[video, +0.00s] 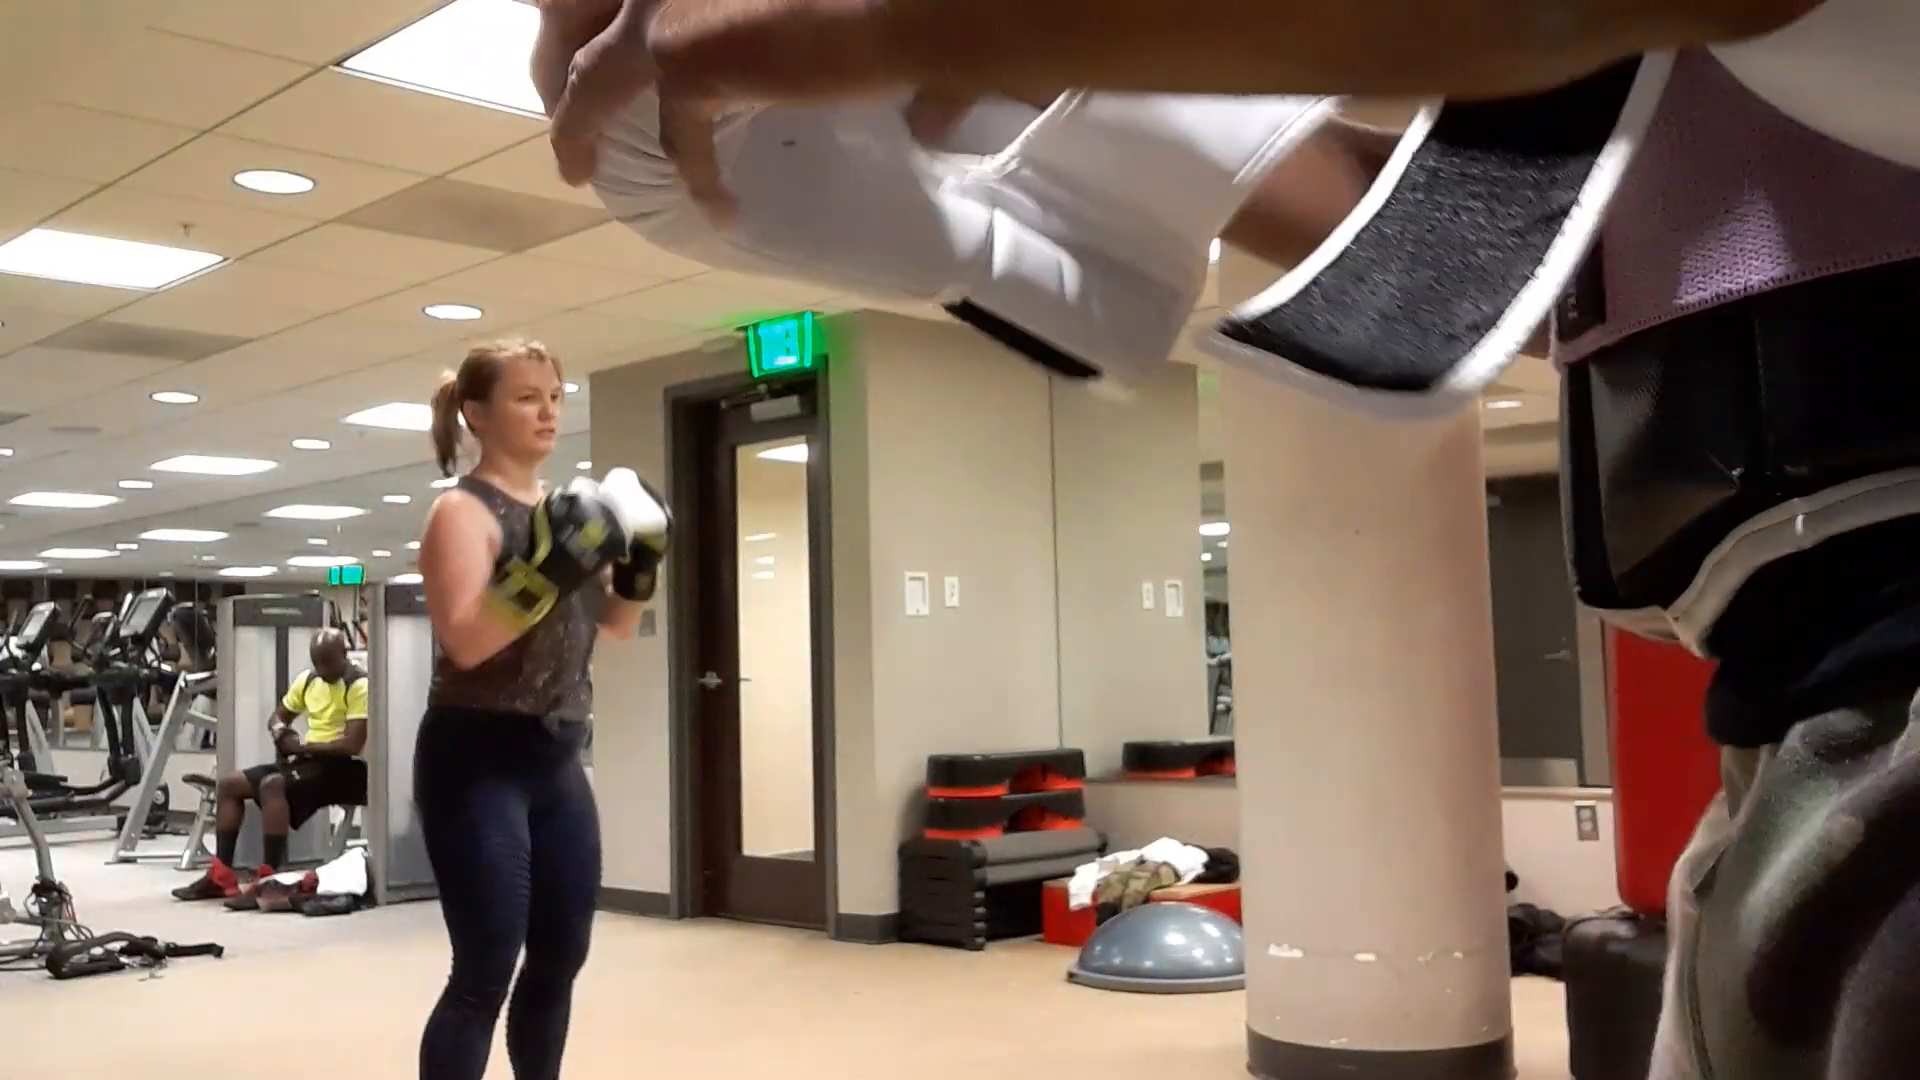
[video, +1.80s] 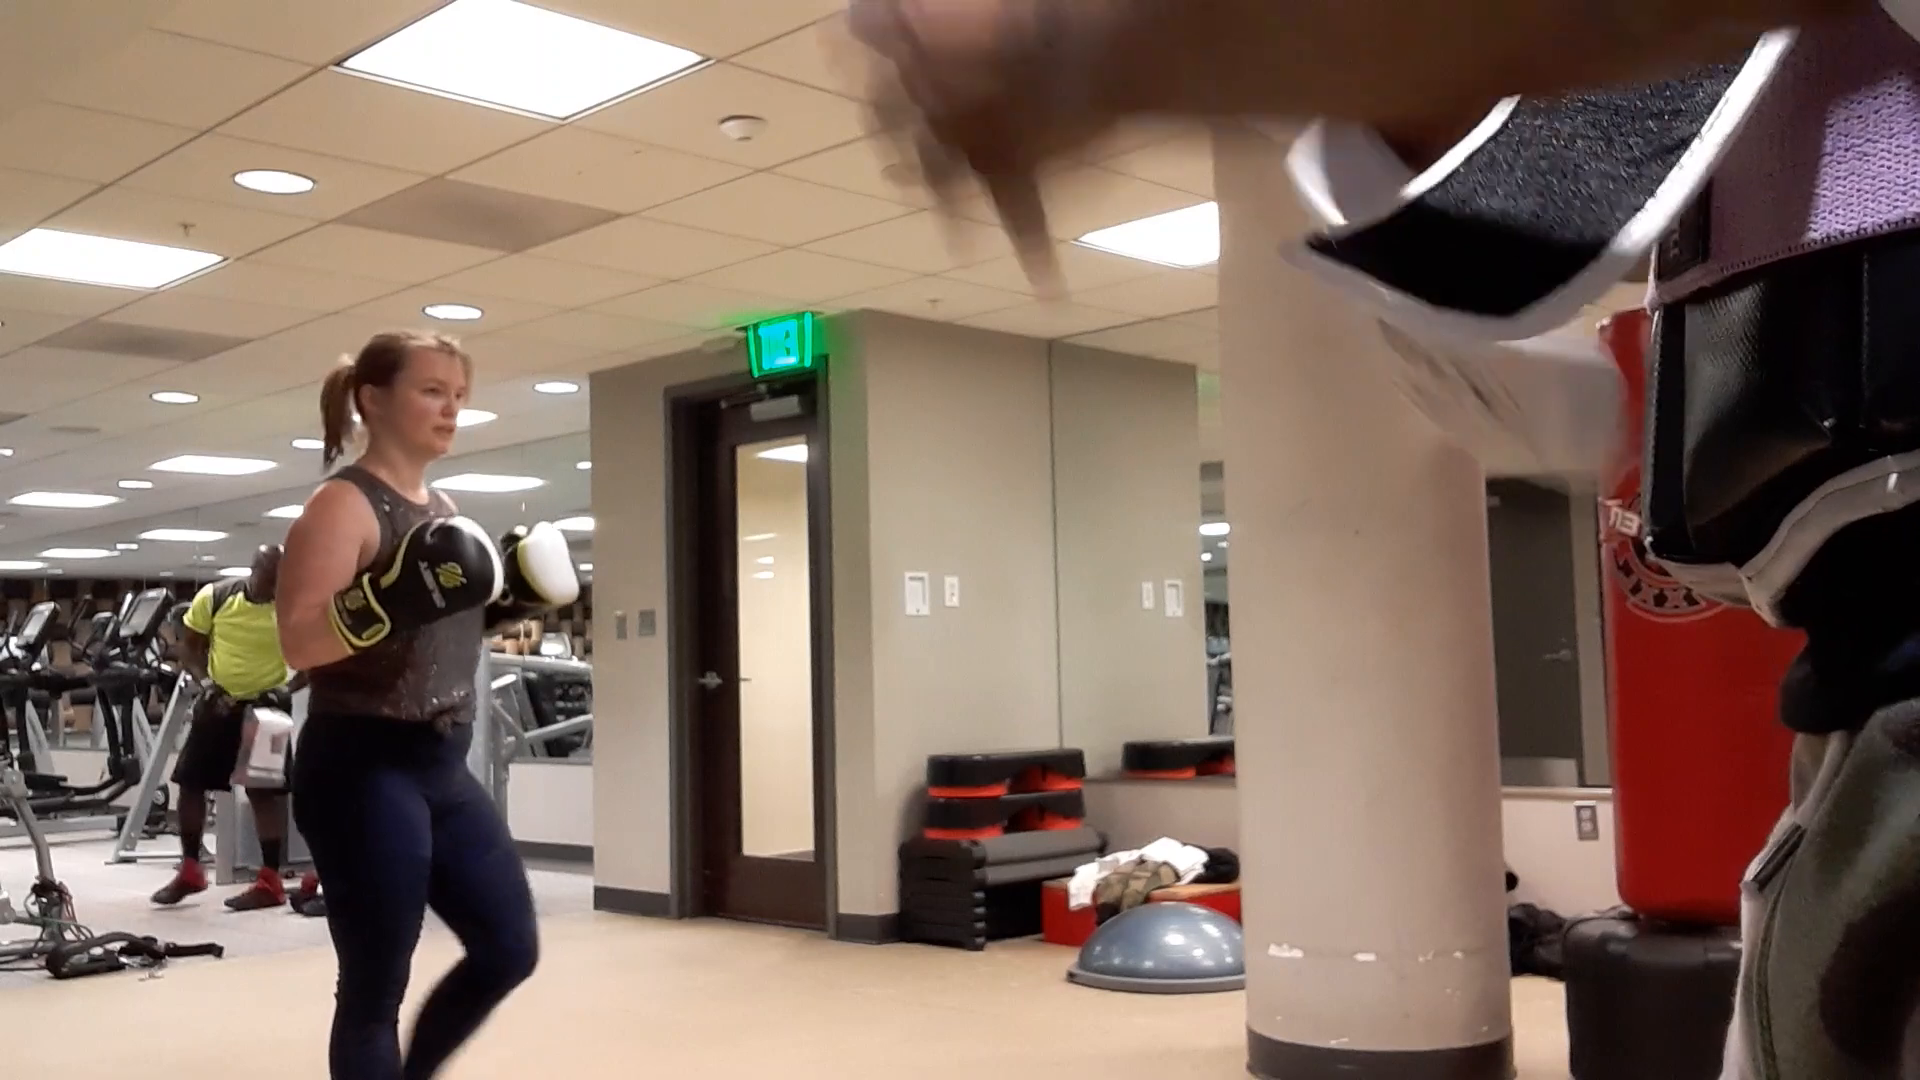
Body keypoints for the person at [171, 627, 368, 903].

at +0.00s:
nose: (321, 670)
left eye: (327, 663)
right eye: (317, 663)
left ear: (344, 655)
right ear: (312, 658)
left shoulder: (360, 685)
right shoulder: (308, 680)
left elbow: (352, 744)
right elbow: (278, 718)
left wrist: (302, 747)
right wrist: (281, 733)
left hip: (343, 769)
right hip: (309, 764)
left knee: (273, 786)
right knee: (229, 786)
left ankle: (269, 881)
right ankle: (221, 875)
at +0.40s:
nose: (294, 687)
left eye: (299, 680)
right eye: (291, 681)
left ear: (315, 674)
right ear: (289, 677)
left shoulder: (341, 700)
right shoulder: (287, 689)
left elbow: (351, 762)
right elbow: (274, 722)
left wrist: (314, 798)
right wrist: (252, 745)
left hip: (335, 769)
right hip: (305, 765)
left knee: (270, 784)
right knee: (228, 785)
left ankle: (270, 880)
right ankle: (225, 874)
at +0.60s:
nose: (253, 716)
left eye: (255, 711)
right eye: (250, 712)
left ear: (266, 701)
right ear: (253, 704)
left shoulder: (306, 718)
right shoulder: (258, 703)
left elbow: (316, 777)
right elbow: (224, 739)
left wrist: (293, 824)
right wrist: (205, 773)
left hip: (342, 766)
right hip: (294, 765)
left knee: (271, 787)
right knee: (226, 788)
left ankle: (272, 880)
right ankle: (233, 873)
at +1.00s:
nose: (212, 709)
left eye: (213, 702)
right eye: (206, 705)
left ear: (225, 685)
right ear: (199, 698)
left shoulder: (265, 701)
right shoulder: (206, 695)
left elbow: (287, 762)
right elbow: (197, 737)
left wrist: (282, 821)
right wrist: (187, 777)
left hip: (315, 728)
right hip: (273, 731)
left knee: (259, 792)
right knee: (214, 792)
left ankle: (272, 882)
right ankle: (232, 873)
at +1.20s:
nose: (212, 670)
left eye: (215, 664)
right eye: (206, 665)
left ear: (227, 651)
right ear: (200, 659)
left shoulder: (267, 669)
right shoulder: (200, 662)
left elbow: (303, 723)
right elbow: (199, 703)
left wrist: (295, 785)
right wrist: (202, 748)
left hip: (298, 714)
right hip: (257, 719)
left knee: (262, 789)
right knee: (221, 790)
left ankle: (270, 879)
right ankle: (234, 872)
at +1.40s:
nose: (230, 622)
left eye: (235, 613)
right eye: (225, 615)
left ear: (250, 606)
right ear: (218, 611)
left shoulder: (278, 636)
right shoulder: (207, 629)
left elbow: (318, 689)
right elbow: (198, 671)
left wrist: (300, 741)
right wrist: (206, 713)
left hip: (282, 712)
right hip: (241, 712)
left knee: (258, 786)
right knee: (225, 787)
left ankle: (269, 878)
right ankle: (231, 871)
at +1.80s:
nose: (265, 583)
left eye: (272, 577)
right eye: (262, 574)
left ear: (282, 580)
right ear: (251, 570)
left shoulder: (290, 609)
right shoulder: (214, 597)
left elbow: (315, 658)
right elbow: (189, 644)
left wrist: (284, 691)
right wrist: (206, 681)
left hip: (266, 709)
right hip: (217, 705)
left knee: (265, 792)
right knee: (191, 784)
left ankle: (270, 880)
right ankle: (191, 869)